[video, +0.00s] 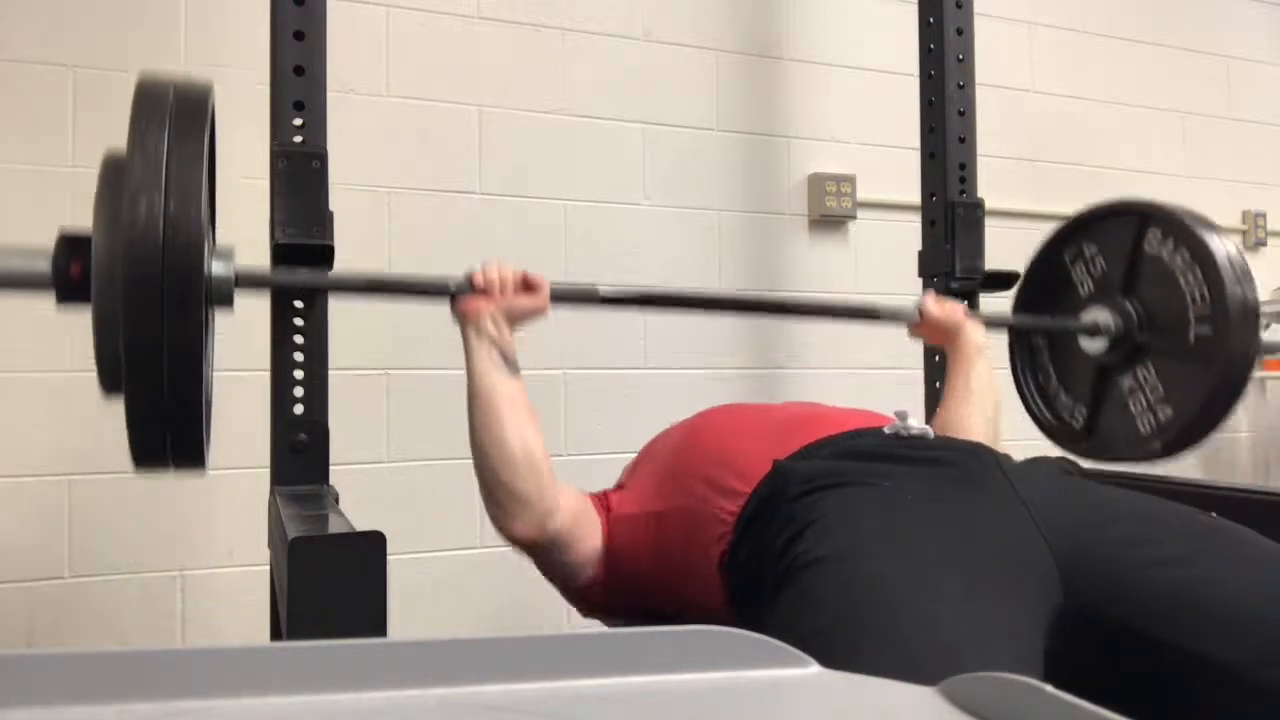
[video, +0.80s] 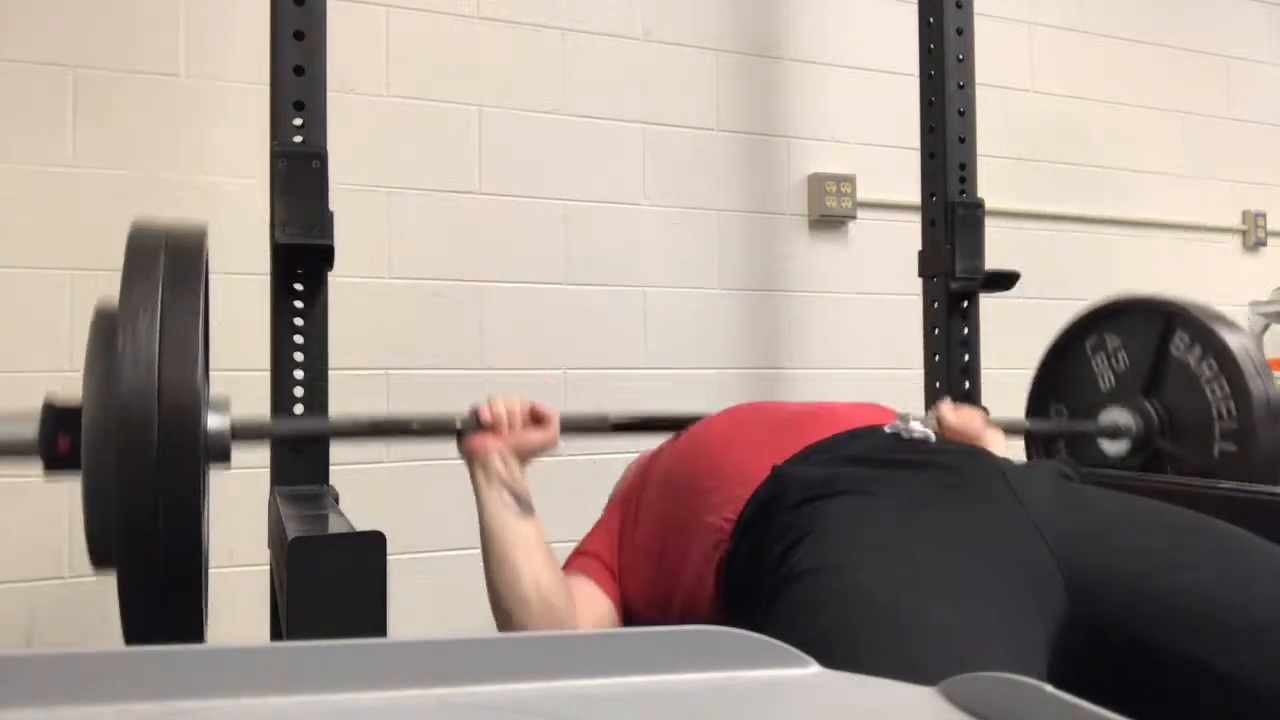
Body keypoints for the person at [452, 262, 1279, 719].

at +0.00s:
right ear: (646, 485)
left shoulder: (869, 440)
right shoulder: (618, 543)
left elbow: (965, 466)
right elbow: (528, 508)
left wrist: (970, 347)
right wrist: (488, 343)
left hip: (1045, 486)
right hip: (857, 508)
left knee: (1276, 623)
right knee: (934, 697)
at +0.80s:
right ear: (647, 481)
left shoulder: (865, 422)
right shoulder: (625, 531)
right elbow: (551, 629)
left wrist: (986, 451)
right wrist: (499, 483)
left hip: (1035, 487)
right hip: (858, 504)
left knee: (1273, 608)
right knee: (932, 686)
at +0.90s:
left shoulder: (849, 425)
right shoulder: (613, 544)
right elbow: (555, 635)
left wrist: (986, 457)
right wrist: (498, 499)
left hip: (1035, 487)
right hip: (856, 506)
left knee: (1274, 607)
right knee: (929, 700)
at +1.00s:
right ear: (645, 488)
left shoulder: (870, 422)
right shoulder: (626, 529)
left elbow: (1032, 523)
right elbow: (559, 625)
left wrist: (996, 446)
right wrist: (501, 477)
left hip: (1043, 487)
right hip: (862, 499)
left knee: (1276, 610)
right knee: (939, 690)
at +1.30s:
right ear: (643, 492)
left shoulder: (863, 439)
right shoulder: (617, 544)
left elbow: (965, 464)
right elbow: (516, 505)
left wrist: (966, 339)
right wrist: (485, 342)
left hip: (1043, 482)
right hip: (857, 505)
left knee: (1273, 620)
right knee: (934, 673)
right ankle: (977, 703)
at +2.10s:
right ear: (647, 485)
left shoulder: (866, 423)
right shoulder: (623, 533)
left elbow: (1033, 508)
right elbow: (550, 632)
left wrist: (983, 445)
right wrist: (496, 485)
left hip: (1038, 486)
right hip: (861, 503)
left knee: (1275, 603)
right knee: (929, 695)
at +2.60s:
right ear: (642, 488)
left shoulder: (860, 437)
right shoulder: (614, 541)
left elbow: (965, 465)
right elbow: (515, 507)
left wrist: (959, 343)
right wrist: (481, 345)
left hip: (1048, 487)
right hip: (861, 504)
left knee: (1277, 629)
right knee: (921, 696)